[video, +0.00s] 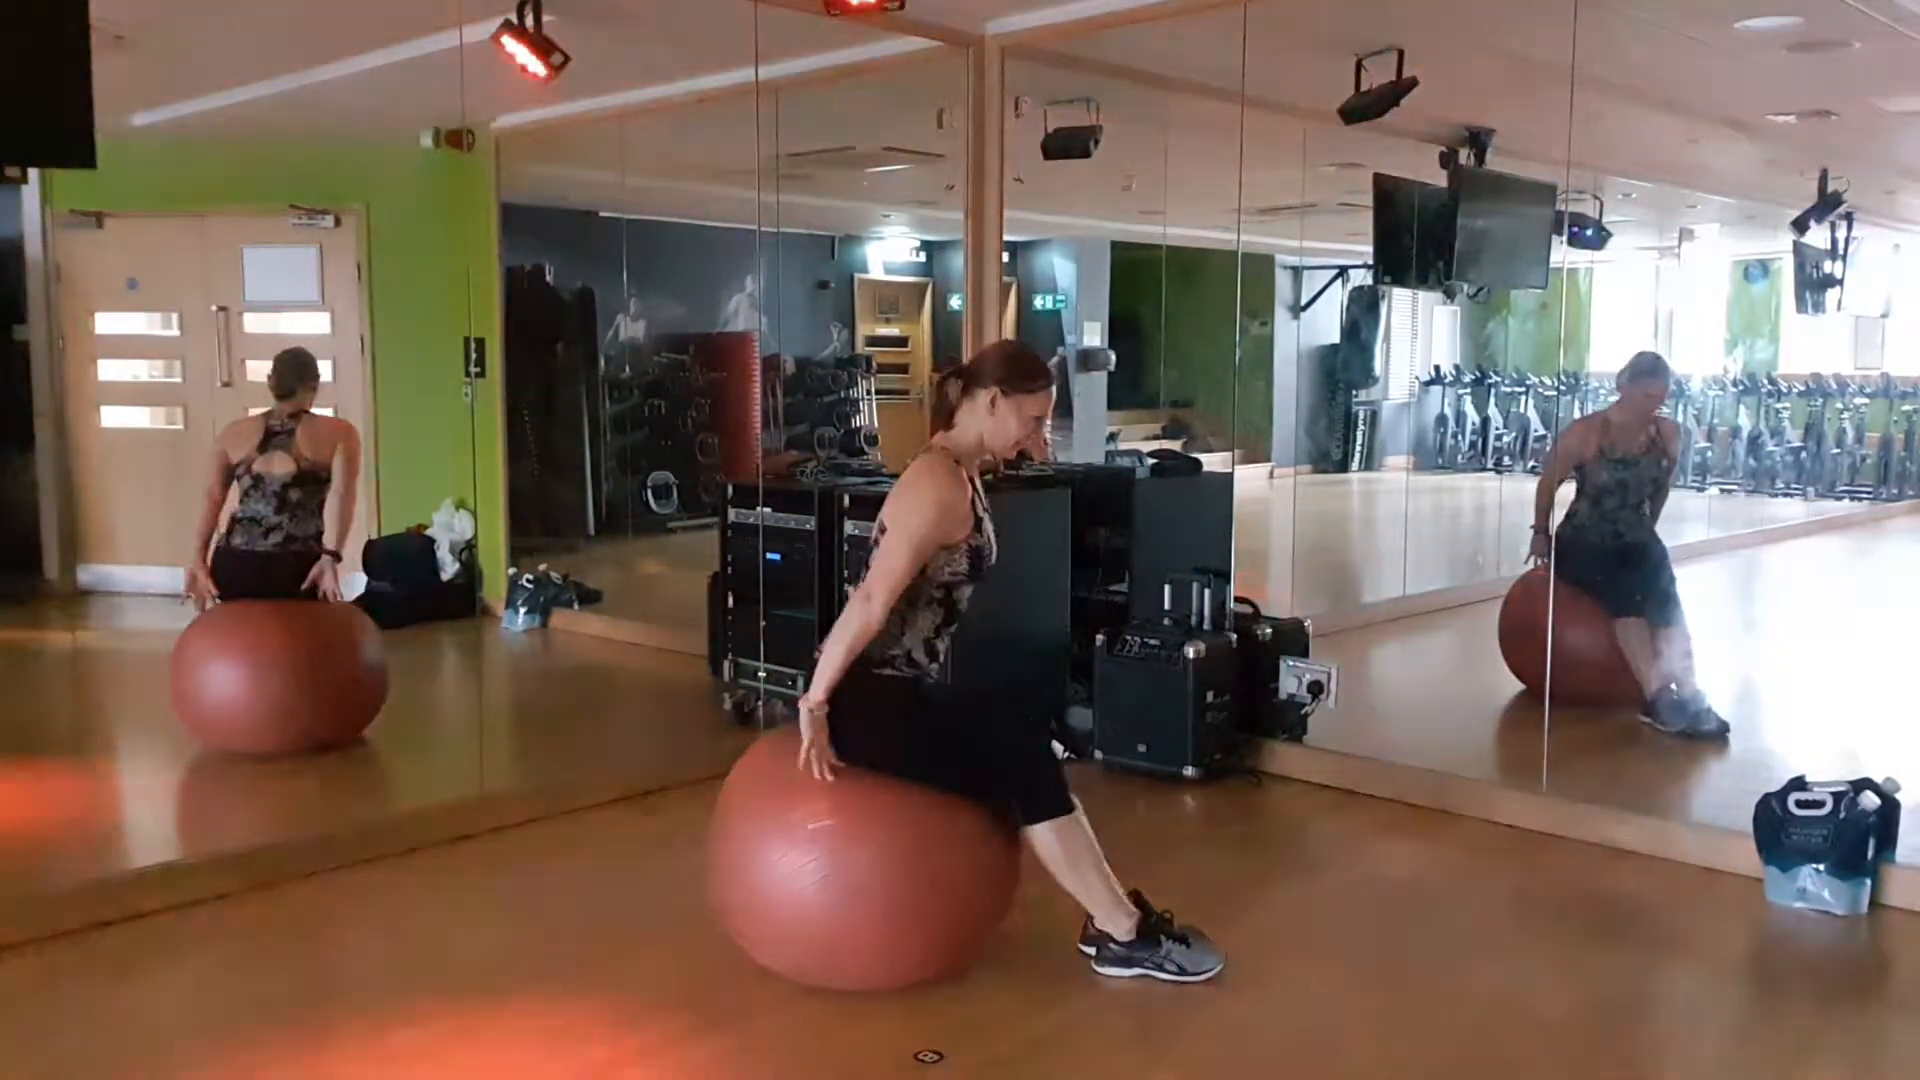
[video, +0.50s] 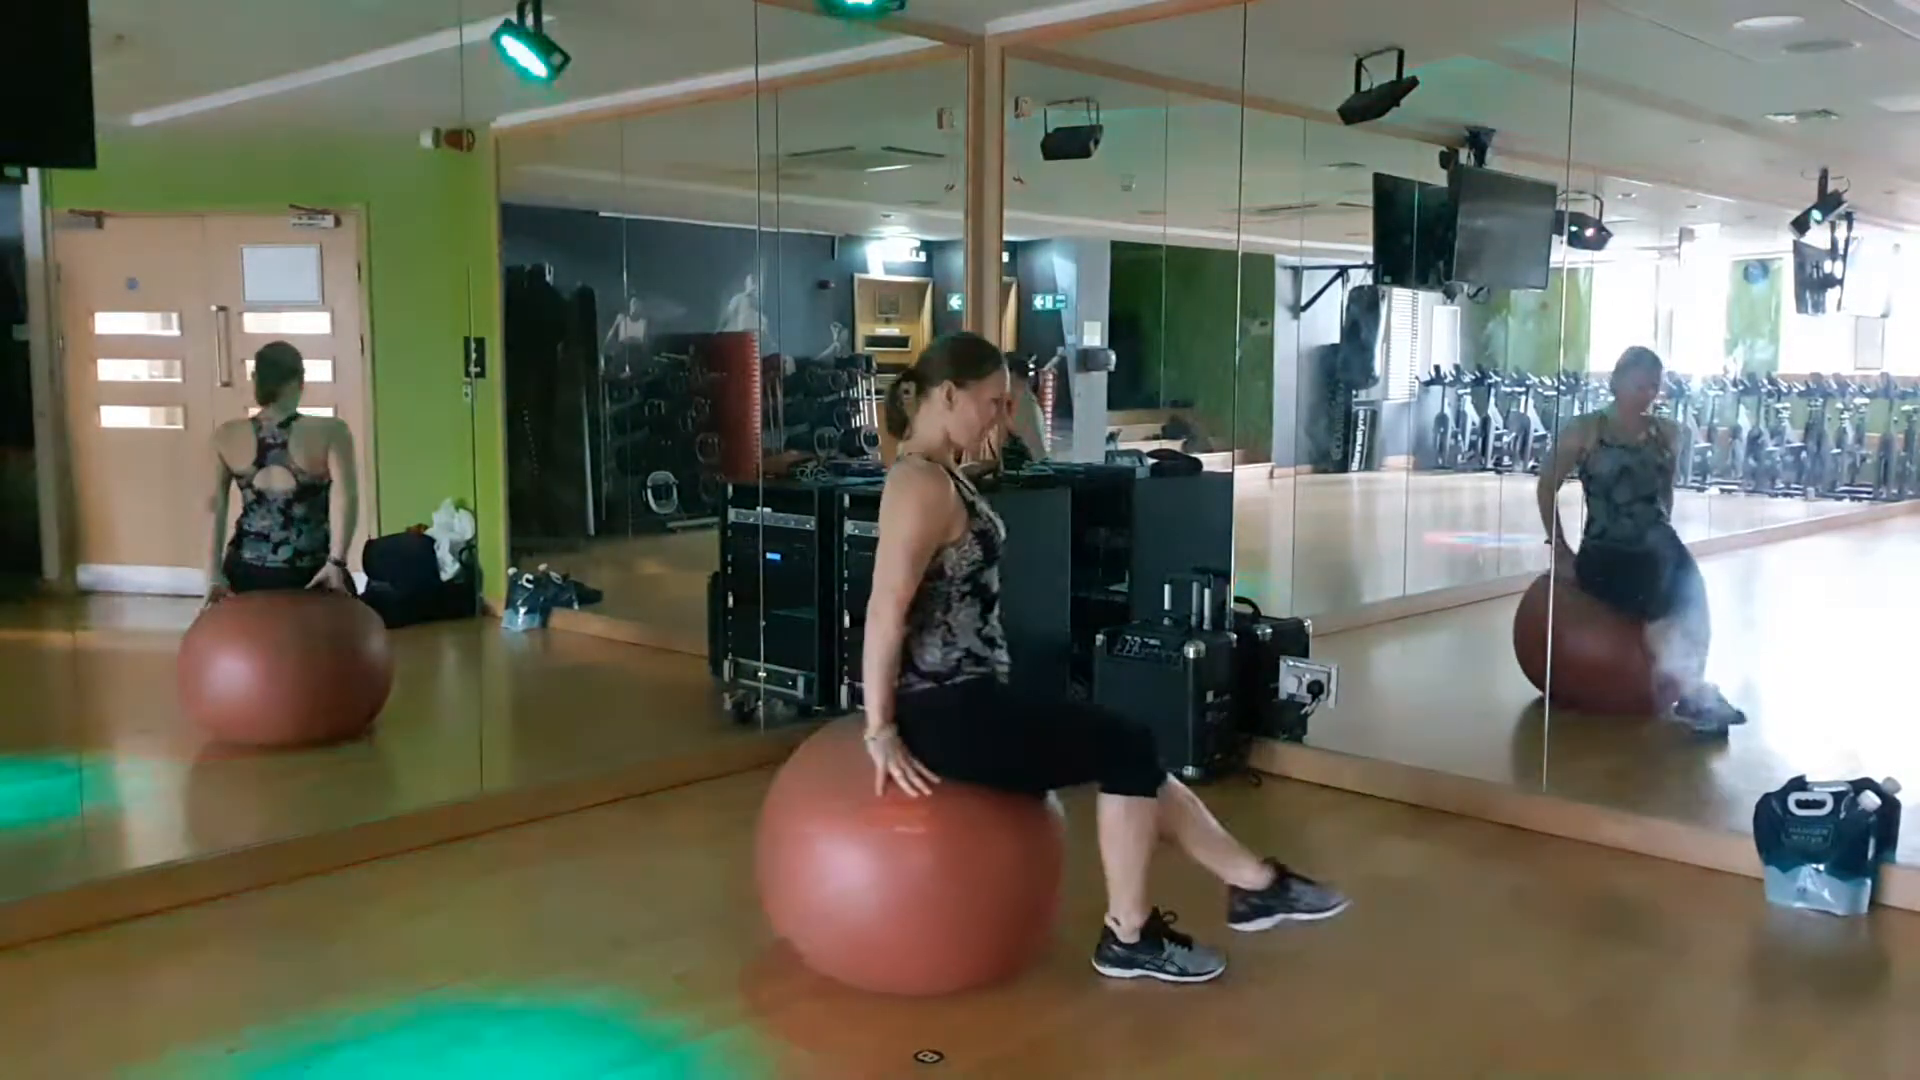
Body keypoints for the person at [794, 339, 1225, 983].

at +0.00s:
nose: (1038, 439)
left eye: (1043, 423)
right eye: (1033, 421)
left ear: (991, 405)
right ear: (988, 402)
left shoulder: (957, 477)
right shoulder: (935, 485)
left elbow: (901, 600)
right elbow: (872, 600)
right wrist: (815, 699)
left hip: (900, 693)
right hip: (871, 704)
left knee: (1033, 745)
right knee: (1025, 762)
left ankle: (1114, 914)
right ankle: (1121, 930)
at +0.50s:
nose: (997, 426)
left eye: (1003, 412)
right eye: (994, 407)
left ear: (945, 398)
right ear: (950, 394)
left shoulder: (939, 479)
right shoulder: (919, 484)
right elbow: (887, 605)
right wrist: (880, 727)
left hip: (972, 701)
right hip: (944, 713)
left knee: (1129, 750)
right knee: (1122, 749)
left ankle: (1255, 882)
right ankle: (1129, 934)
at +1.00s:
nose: (996, 448)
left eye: (995, 435)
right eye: (985, 435)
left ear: (945, 437)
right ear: (938, 435)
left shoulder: (947, 511)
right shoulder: (932, 522)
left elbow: (964, 634)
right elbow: (930, 649)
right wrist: (966, 755)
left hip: (1044, 711)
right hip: (1020, 730)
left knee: (1218, 740)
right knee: (1209, 719)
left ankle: (1273, 915)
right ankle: (1184, 888)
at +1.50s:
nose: (988, 492)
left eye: (989, 477)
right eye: (979, 478)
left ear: (937, 480)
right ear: (934, 479)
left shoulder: (949, 550)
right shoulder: (945, 562)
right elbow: (980, 685)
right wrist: (1054, 778)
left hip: (1096, 715)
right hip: (1085, 735)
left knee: (1268, 733)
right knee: (1277, 747)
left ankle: (1276, 919)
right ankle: (1430, 897)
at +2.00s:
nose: (958, 557)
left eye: (952, 544)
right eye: (942, 549)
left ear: (919, 565)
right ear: (899, 574)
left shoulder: (956, 620)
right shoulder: (933, 643)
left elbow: (1045, 691)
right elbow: (1008, 737)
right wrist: (1111, 791)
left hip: (1145, 720)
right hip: (1128, 751)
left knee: (1327, 733)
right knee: (1320, 780)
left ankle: (1290, 911)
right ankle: (1453, 946)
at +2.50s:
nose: (930, 593)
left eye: (920, 585)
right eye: (912, 595)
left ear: (907, 618)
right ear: (888, 631)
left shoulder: (968, 656)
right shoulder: (937, 688)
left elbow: (1074, 691)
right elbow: (1032, 746)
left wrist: (1180, 708)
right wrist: (1142, 793)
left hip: (1185, 715)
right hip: (1165, 754)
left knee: (1372, 729)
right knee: (1365, 772)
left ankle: (1481, 863)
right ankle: (1451, 951)